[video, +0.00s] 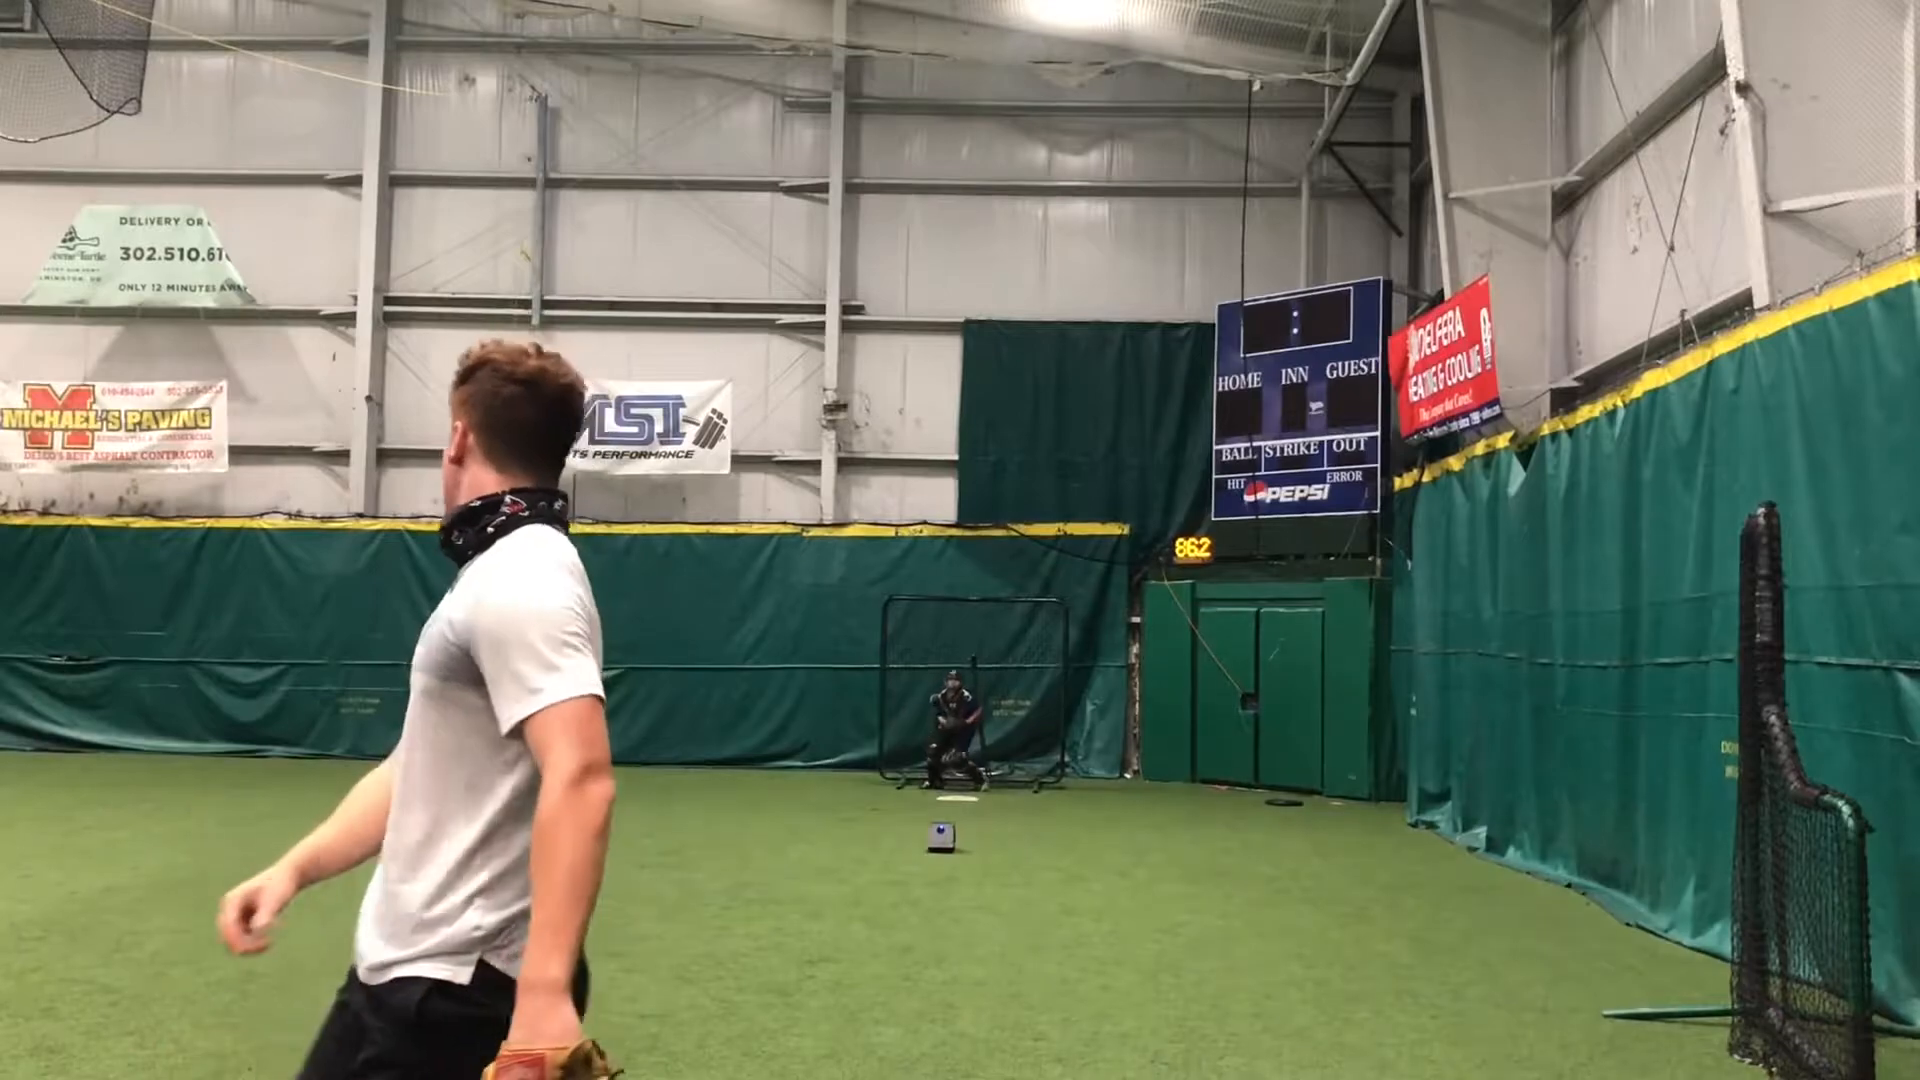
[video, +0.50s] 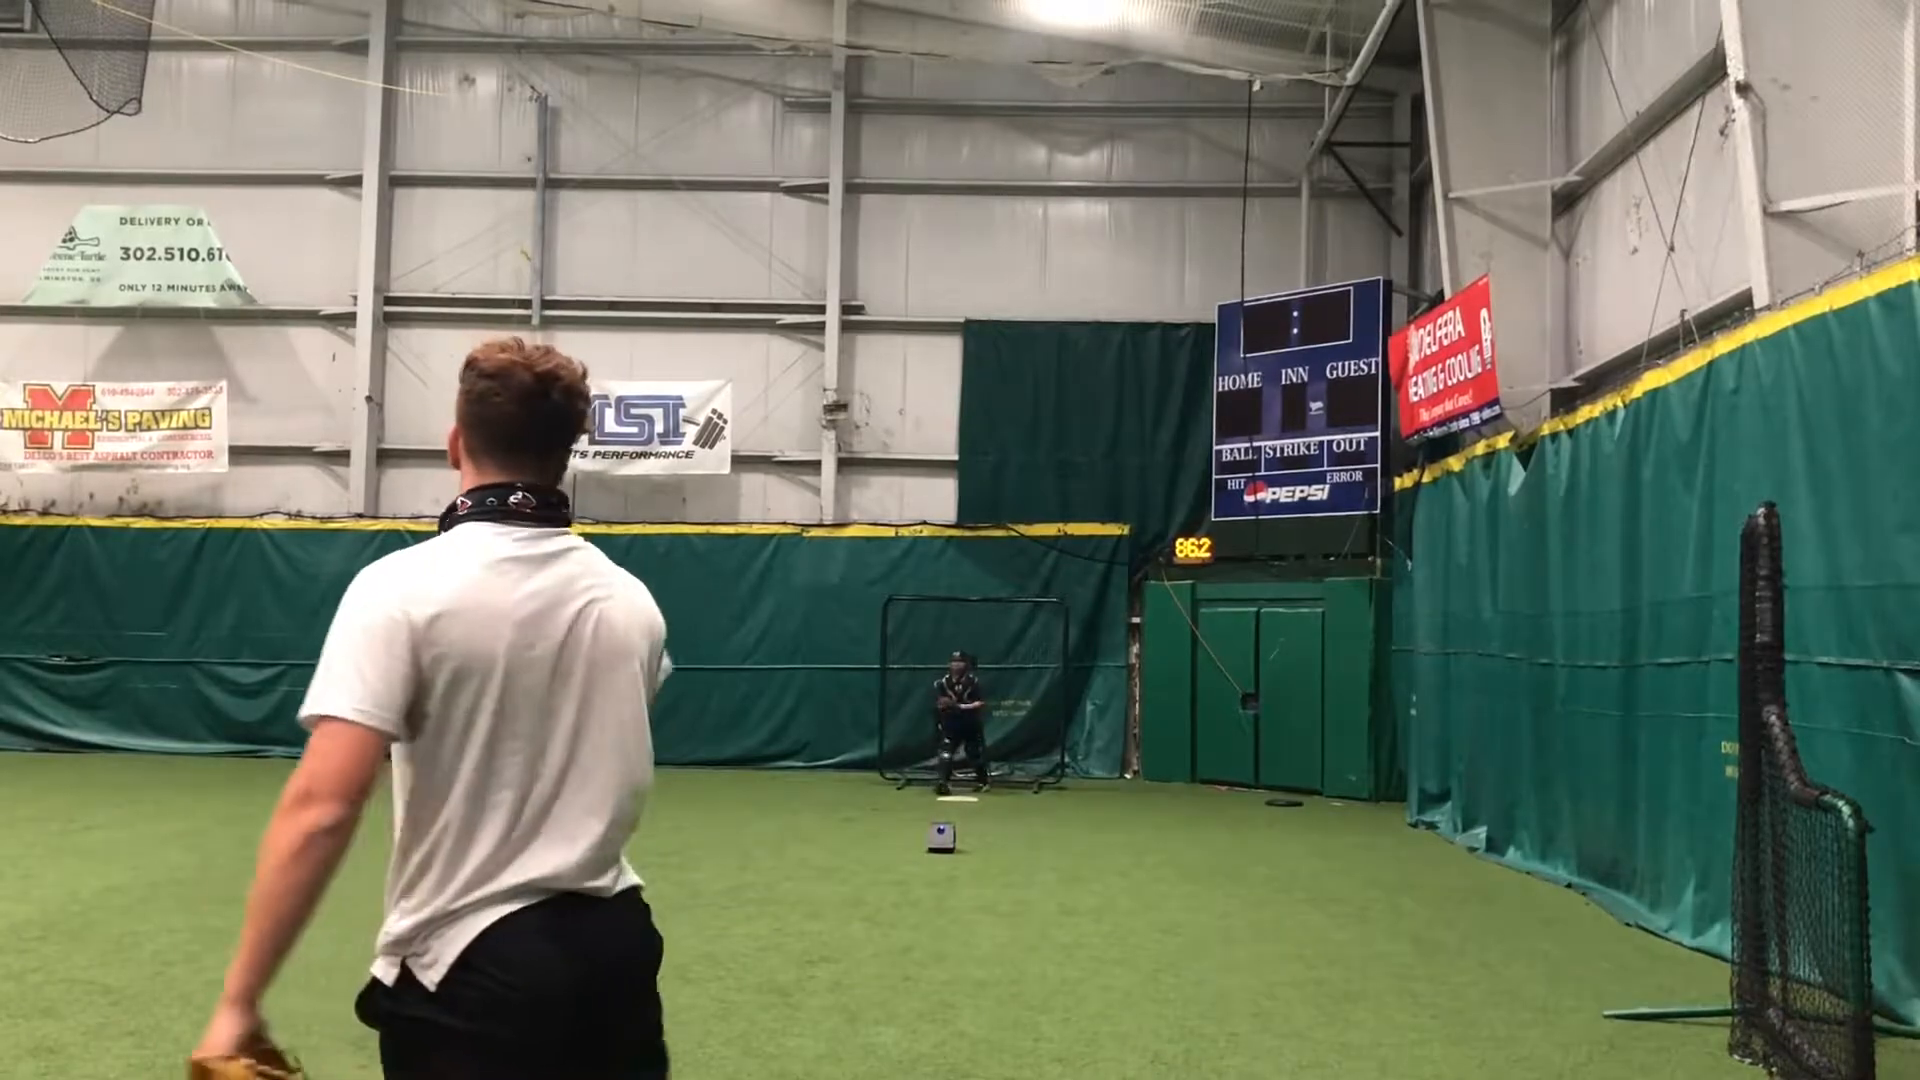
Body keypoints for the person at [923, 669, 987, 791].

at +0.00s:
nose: (953, 683)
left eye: (956, 680)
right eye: (950, 680)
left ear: (960, 683)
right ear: (946, 682)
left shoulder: (967, 697)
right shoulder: (939, 698)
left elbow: (978, 710)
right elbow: (937, 714)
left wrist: (969, 720)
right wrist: (943, 721)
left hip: (964, 729)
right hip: (945, 730)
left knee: (959, 757)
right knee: (933, 751)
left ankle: (980, 780)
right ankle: (934, 780)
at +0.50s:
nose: (956, 666)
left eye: (959, 662)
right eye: (953, 662)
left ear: (966, 665)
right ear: (950, 665)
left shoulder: (972, 683)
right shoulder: (942, 684)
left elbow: (980, 703)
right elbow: (939, 703)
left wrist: (958, 706)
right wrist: (945, 703)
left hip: (971, 725)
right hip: (951, 725)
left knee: (974, 753)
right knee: (945, 754)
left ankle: (983, 781)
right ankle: (943, 783)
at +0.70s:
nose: (947, 661)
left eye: (950, 658)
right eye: (945, 658)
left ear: (957, 660)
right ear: (942, 660)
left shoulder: (965, 677)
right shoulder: (935, 679)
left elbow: (967, 697)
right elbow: (932, 699)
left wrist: (949, 705)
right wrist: (939, 705)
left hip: (963, 720)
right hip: (944, 721)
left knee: (966, 751)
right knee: (945, 753)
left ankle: (973, 777)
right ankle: (945, 785)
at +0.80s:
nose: (944, 660)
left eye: (947, 656)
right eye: (941, 656)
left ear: (954, 658)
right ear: (938, 659)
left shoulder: (960, 675)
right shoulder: (934, 677)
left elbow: (961, 695)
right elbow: (934, 699)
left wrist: (944, 709)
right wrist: (920, 712)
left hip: (960, 718)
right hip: (942, 718)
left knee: (960, 750)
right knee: (943, 752)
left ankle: (965, 780)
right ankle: (944, 786)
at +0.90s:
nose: (942, 658)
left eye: (945, 655)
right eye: (940, 655)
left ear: (952, 657)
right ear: (937, 657)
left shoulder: (957, 674)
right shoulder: (936, 674)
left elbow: (960, 694)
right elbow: (933, 695)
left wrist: (950, 712)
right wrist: (913, 703)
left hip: (958, 716)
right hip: (942, 716)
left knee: (954, 748)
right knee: (942, 749)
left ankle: (958, 782)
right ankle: (945, 784)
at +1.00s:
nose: (939, 659)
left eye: (943, 656)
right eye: (937, 656)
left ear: (950, 658)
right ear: (936, 658)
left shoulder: (955, 676)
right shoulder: (942, 675)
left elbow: (960, 696)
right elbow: (934, 688)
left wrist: (959, 716)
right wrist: (913, 688)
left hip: (954, 719)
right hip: (944, 719)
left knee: (949, 751)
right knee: (943, 751)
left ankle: (953, 786)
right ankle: (946, 785)